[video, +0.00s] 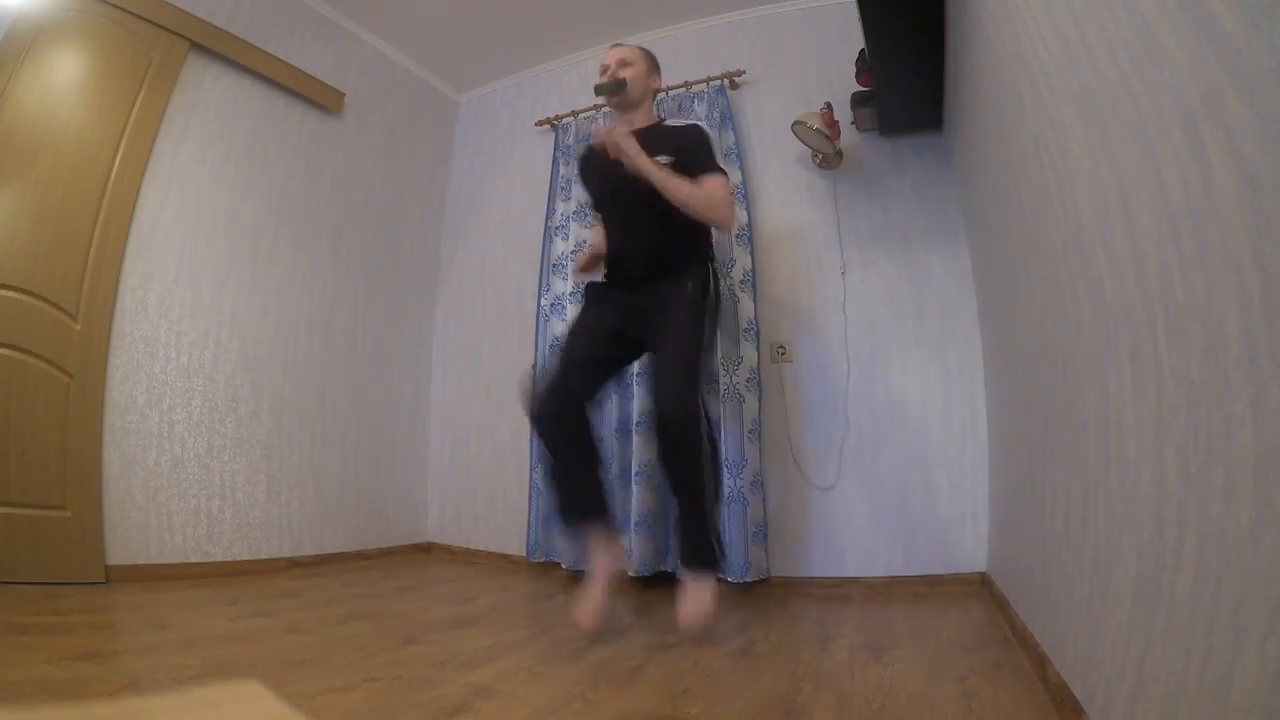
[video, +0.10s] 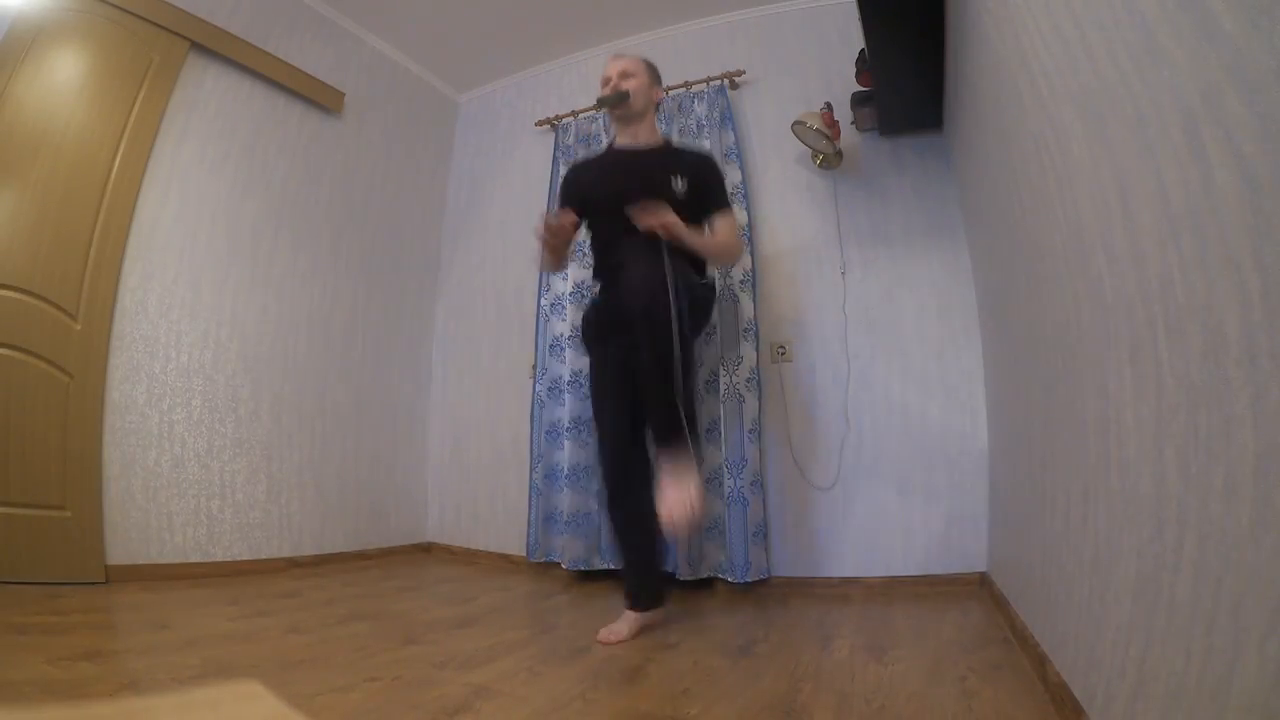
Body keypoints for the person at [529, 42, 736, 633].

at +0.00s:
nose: (612, 74)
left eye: (626, 66)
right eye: (604, 69)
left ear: (655, 84)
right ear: (597, 89)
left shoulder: (685, 139)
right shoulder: (595, 159)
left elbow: (722, 212)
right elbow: (612, 225)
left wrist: (644, 164)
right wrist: (596, 249)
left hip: (681, 292)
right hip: (617, 297)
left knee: (675, 409)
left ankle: (699, 568)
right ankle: (601, 545)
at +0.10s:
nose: (614, 87)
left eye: (628, 78)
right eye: (607, 82)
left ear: (658, 93)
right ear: (599, 101)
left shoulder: (693, 165)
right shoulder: (585, 175)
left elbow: (728, 248)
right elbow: (554, 262)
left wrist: (679, 230)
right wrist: (553, 240)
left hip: (681, 297)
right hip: (614, 308)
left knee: (646, 287)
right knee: (620, 453)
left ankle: (673, 449)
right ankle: (643, 597)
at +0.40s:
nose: (603, 85)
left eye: (616, 77)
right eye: (595, 81)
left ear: (648, 96)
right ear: (590, 106)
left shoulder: (676, 152)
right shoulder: (595, 182)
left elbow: (713, 223)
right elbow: (603, 264)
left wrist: (626, 168)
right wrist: (565, 257)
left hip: (672, 313)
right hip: (614, 307)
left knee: (666, 457)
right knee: (522, 259)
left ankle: (670, 607)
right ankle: (572, 407)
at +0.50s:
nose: (612, 87)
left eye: (625, 79)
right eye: (605, 80)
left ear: (654, 98)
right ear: (596, 99)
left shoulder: (675, 150)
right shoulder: (597, 176)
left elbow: (698, 207)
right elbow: (606, 256)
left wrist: (635, 140)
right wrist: (583, 242)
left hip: (670, 311)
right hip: (614, 306)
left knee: (663, 452)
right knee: (523, 292)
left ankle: (669, 601)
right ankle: (566, 444)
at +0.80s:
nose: (619, 84)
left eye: (632, 76)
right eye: (611, 79)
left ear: (660, 94)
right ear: (602, 100)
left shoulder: (691, 157)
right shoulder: (589, 166)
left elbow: (733, 217)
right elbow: (546, 242)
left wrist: (709, 240)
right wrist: (556, 185)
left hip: (681, 286)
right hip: (617, 300)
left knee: (647, 331)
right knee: (594, 439)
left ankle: (673, 495)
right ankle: (622, 581)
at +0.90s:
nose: (618, 89)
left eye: (632, 81)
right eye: (611, 84)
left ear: (661, 99)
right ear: (605, 105)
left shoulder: (689, 154)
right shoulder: (602, 180)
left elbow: (748, 225)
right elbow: (594, 264)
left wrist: (686, 224)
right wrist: (577, 242)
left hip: (680, 307)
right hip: (620, 309)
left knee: (676, 449)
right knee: (529, 348)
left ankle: (697, 582)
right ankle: (581, 488)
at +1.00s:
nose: (625, 102)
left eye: (640, 94)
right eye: (617, 98)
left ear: (668, 115)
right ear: (610, 121)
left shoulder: (689, 168)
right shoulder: (610, 195)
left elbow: (719, 230)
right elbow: (623, 273)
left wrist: (634, 172)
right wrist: (594, 283)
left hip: (684, 327)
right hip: (626, 320)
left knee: (687, 463)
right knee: (527, 299)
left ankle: (700, 598)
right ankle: (576, 442)